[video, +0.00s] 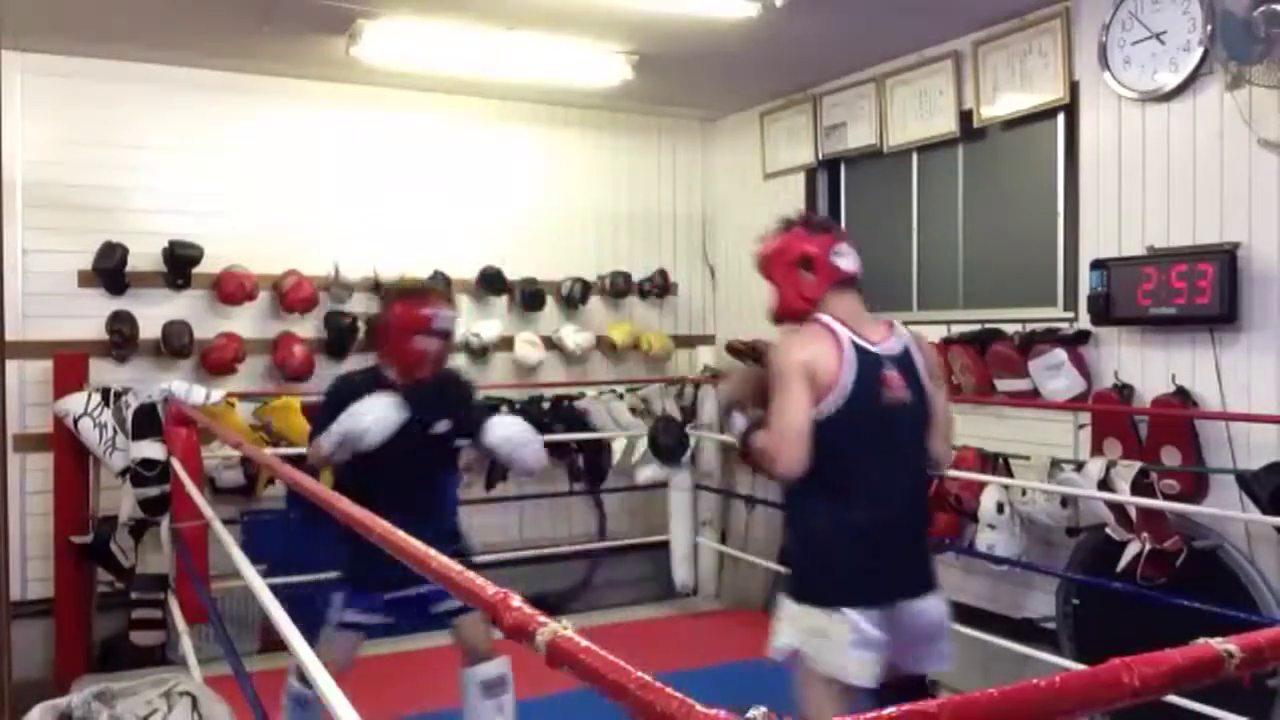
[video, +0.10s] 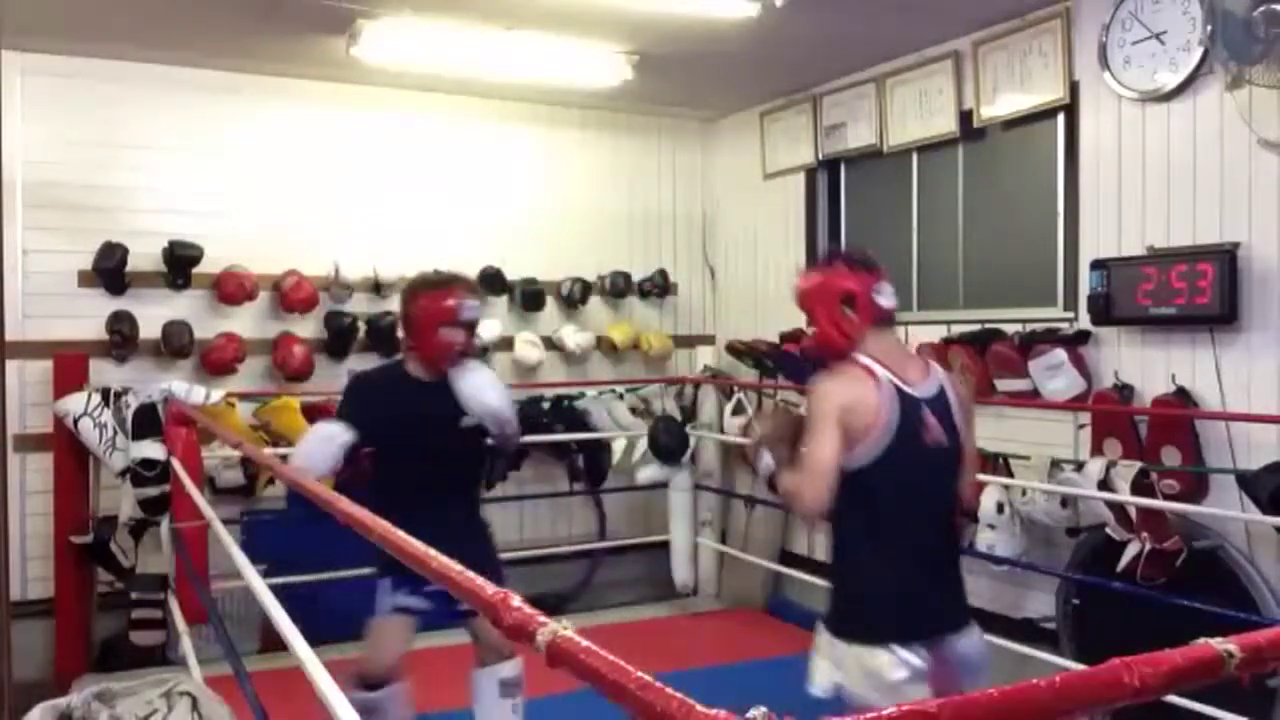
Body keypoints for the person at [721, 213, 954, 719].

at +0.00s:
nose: (772, 300)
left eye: (774, 284)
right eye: (770, 285)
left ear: (802, 279)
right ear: (844, 272)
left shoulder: (798, 346)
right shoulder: (914, 345)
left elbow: (788, 459)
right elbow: (938, 451)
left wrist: (746, 428)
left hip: (832, 589)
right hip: (910, 578)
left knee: (825, 710)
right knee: (909, 710)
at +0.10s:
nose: (812, 332)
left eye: (815, 318)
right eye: (810, 318)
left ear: (844, 313)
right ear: (880, 306)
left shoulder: (837, 387)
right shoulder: (943, 380)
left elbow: (814, 499)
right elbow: (965, 490)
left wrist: (777, 458)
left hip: (872, 621)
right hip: (945, 609)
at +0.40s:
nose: (859, 320)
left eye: (862, 305)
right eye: (857, 306)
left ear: (896, 296)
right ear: (909, 294)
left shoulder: (921, 362)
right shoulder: (965, 356)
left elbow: (891, 469)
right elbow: (936, 455)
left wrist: (836, 427)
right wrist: (866, 414)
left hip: (918, 560)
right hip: (974, 564)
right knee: (955, 697)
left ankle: (853, 698)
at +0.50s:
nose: (858, 315)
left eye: (861, 301)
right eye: (855, 302)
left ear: (894, 292)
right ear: (909, 289)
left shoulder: (921, 360)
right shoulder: (961, 354)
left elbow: (896, 466)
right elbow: (902, 438)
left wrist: (837, 424)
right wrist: (850, 368)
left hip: (909, 546)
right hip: (963, 554)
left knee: (776, 496)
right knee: (950, 690)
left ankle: (825, 624)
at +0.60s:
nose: (850, 317)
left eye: (853, 302)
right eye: (847, 303)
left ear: (887, 292)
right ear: (897, 290)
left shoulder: (911, 360)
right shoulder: (945, 353)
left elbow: (900, 463)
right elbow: (906, 442)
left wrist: (834, 433)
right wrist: (849, 399)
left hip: (900, 532)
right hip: (948, 542)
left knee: (773, 492)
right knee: (946, 681)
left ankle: (800, 614)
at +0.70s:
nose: (836, 318)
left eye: (842, 303)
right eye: (837, 304)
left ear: (875, 295)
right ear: (890, 294)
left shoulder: (892, 358)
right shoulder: (941, 354)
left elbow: (896, 447)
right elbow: (889, 431)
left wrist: (815, 453)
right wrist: (836, 383)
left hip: (878, 542)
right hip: (937, 553)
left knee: (756, 530)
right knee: (945, 686)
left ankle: (765, 658)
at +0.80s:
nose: (816, 308)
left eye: (821, 293)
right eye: (816, 293)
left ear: (848, 287)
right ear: (874, 288)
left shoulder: (842, 351)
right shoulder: (934, 357)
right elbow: (951, 443)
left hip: (838, 541)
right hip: (911, 549)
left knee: (729, 576)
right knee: (935, 673)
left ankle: (719, 708)